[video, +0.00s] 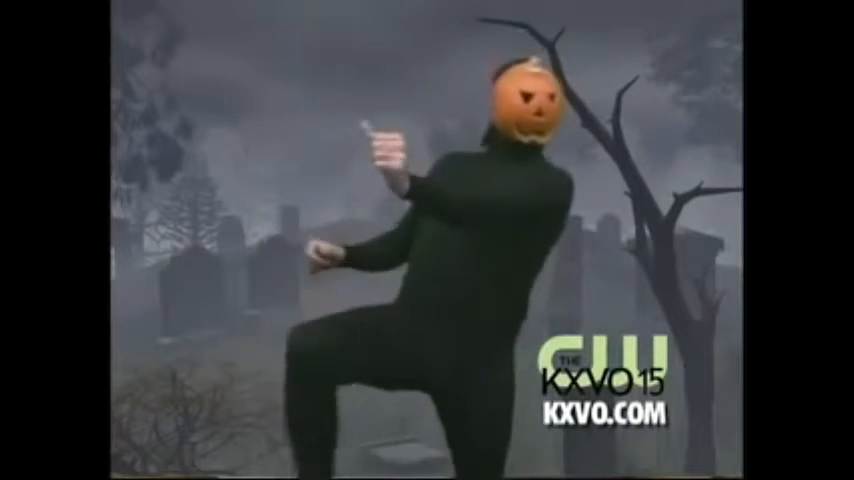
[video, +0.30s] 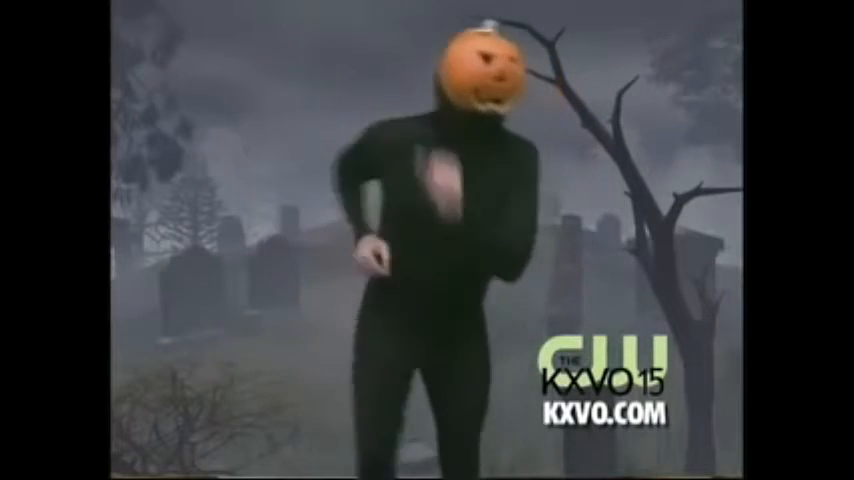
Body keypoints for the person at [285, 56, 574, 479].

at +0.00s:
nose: (540, 105)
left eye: (551, 98)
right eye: (526, 93)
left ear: (559, 116)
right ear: (495, 101)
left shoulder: (552, 185)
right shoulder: (454, 167)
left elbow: (486, 209)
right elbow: (403, 244)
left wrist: (408, 184)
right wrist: (347, 255)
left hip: (479, 355)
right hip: (410, 332)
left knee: (480, 471)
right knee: (308, 348)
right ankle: (314, 473)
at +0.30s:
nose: (494, 68)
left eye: (503, 60)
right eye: (482, 55)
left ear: (510, 87)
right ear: (451, 78)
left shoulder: (516, 157)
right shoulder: (396, 138)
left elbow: (512, 263)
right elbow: (348, 171)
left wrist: (460, 210)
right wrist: (361, 233)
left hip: (459, 322)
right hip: (388, 319)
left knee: (461, 463)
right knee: (374, 460)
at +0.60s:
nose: (397, 117)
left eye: (399, 108)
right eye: (380, 114)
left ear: (410, 114)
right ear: (343, 133)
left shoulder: (426, 178)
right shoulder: (324, 210)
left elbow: (477, 268)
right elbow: (349, 321)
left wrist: (516, 346)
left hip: (453, 363)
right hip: (382, 378)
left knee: (531, 463)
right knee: (379, 471)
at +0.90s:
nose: (364, 71)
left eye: (365, 61)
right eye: (344, 66)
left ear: (376, 72)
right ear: (314, 91)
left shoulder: (385, 135)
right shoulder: (320, 167)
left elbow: (409, 229)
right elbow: (411, 227)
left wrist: (446, 257)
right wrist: (498, 161)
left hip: (449, 307)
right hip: (396, 334)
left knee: (564, 329)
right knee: (391, 469)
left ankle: (479, 441)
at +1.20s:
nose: (397, 107)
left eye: (400, 96)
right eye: (379, 103)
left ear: (417, 107)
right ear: (352, 125)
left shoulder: (423, 177)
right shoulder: (341, 211)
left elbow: (444, 244)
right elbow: (385, 294)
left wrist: (479, 281)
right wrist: (429, 225)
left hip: (444, 349)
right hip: (384, 368)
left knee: (555, 391)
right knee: (387, 471)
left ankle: (520, 474)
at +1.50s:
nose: (440, 93)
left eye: (453, 82)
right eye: (426, 83)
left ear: (473, 92)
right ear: (408, 94)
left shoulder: (508, 159)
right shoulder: (388, 171)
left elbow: (573, 229)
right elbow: (367, 271)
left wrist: (531, 256)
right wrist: (370, 360)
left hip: (487, 354)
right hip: (413, 355)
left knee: (501, 471)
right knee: (401, 472)